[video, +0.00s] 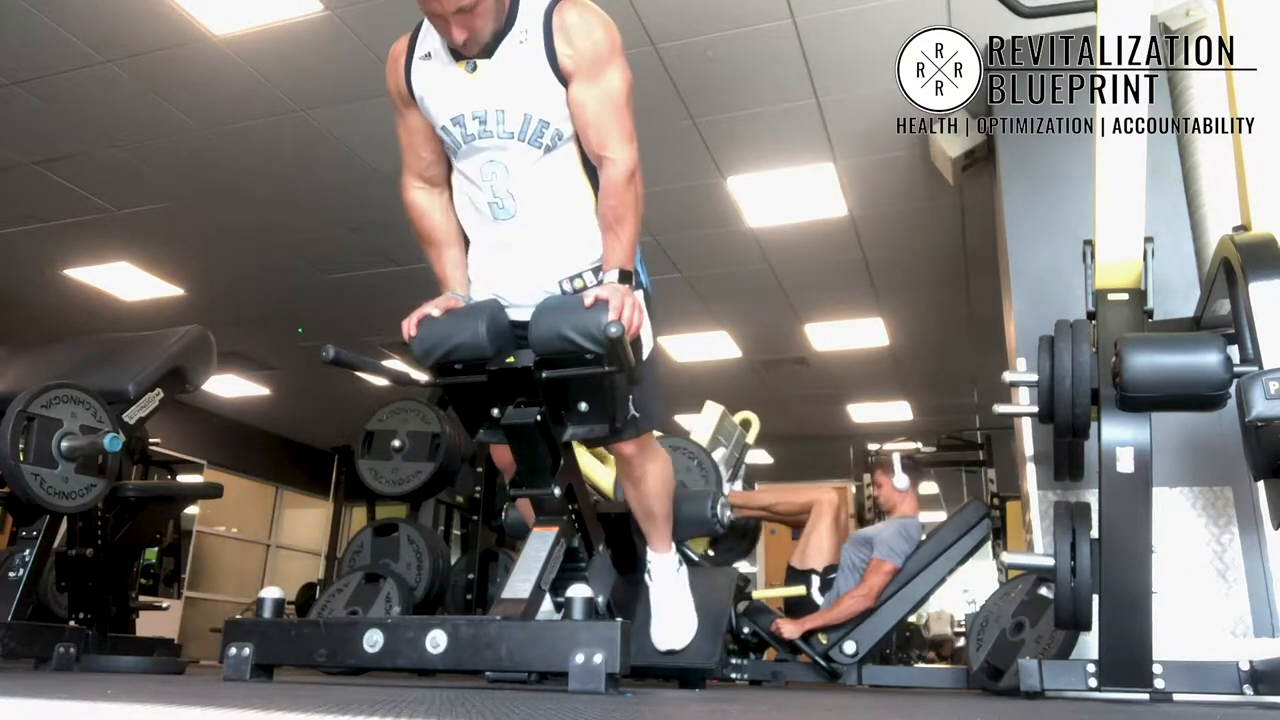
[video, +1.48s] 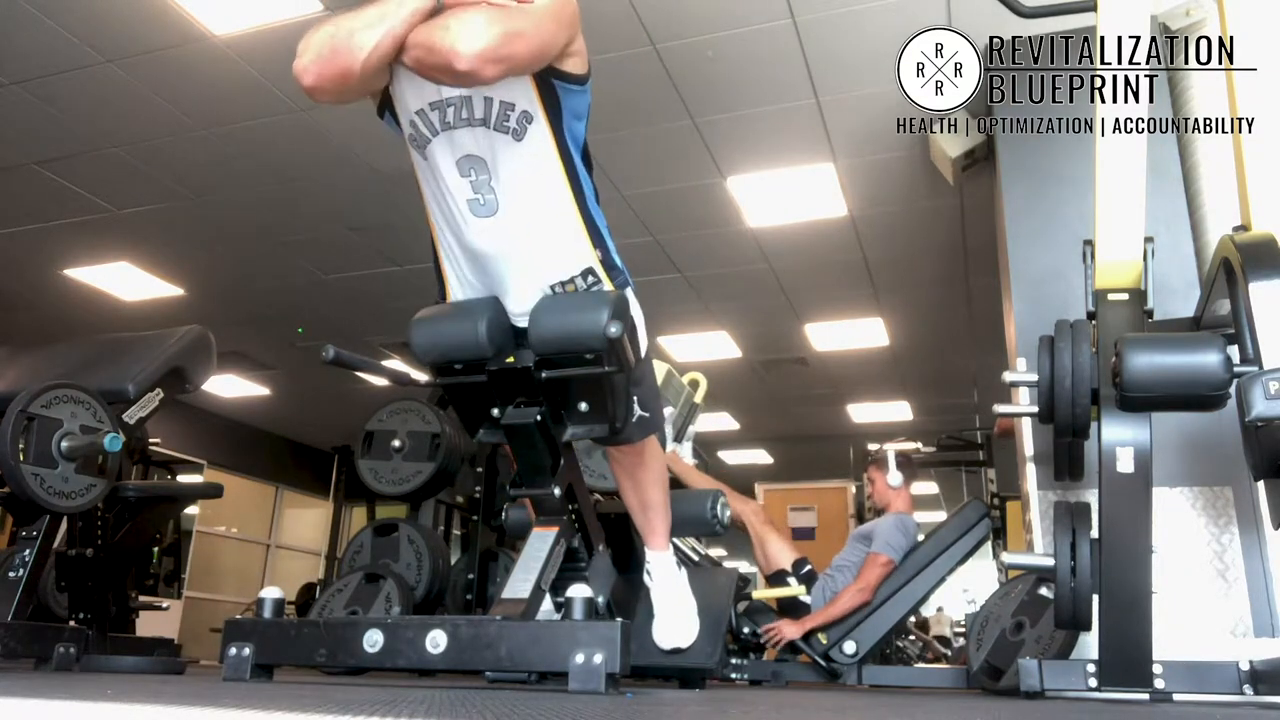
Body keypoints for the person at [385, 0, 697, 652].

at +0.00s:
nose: (454, 31)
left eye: (466, 10)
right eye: (438, 16)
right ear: (420, 7)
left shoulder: (574, 27)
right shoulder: (409, 61)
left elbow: (617, 160)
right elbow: (424, 180)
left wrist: (618, 277)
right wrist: (453, 287)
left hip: (588, 277)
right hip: (491, 292)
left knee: (630, 437)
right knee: (503, 444)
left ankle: (663, 566)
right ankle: (553, 552)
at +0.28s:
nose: (441, 3)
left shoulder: (572, 23)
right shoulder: (405, 52)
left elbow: (619, 157)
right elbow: (416, 176)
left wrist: (618, 273)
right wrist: (451, 281)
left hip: (587, 283)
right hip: (490, 297)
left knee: (631, 433)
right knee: (509, 441)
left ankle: (661, 566)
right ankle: (556, 555)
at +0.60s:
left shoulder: (562, 31)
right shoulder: (391, 55)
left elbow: (645, 146)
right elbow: (378, 175)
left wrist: (611, 263)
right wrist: (407, 276)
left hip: (574, 287)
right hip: (474, 295)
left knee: (621, 424)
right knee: (507, 433)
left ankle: (659, 565)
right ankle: (550, 546)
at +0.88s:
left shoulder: (551, 17)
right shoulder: (383, 48)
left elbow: (560, 110)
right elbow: (325, 155)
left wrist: (449, 115)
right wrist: (388, 138)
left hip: (572, 283)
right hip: (471, 299)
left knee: (626, 423)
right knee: (509, 440)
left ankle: (659, 561)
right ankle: (545, 543)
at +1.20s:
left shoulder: (557, 12)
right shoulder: (400, 53)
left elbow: (479, 67)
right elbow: (321, 69)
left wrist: (387, 32)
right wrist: (444, 1)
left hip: (577, 286)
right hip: (476, 304)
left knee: (628, 425)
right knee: (518, 445)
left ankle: (659, 557)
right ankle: (547, 548)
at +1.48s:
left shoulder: (552, 11)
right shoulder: (395, 55)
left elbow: (473, 53)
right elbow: (313, 72)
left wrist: (378, 29)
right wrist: (427, 1)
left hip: (575, 280)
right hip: (476, 301)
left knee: (627, 422)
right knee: (520, 440)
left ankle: (658, 557)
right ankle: (549, 539)